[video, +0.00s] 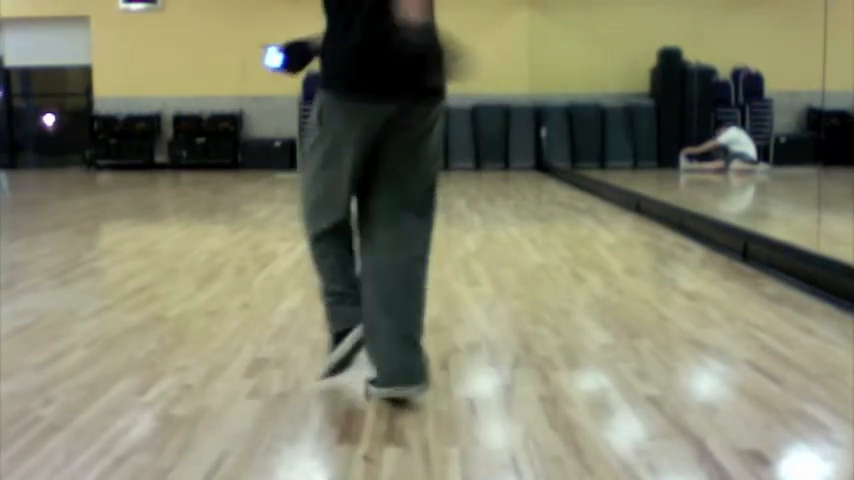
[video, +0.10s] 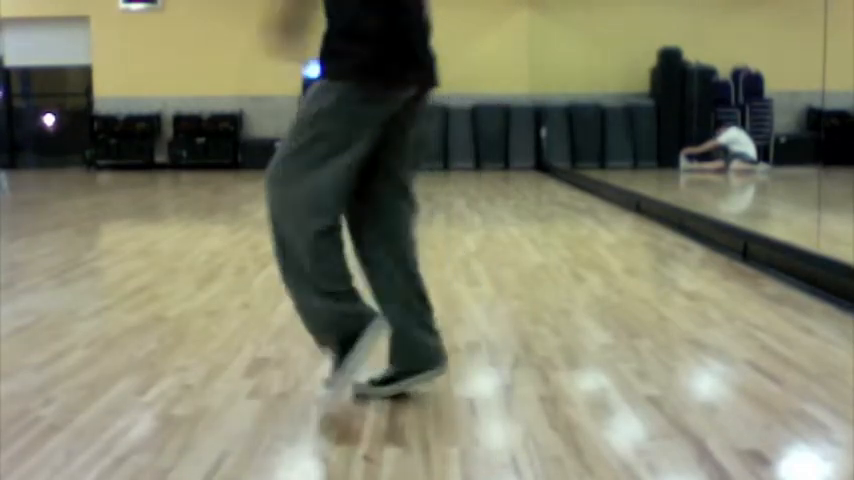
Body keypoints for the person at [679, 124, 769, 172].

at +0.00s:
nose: (719, 135)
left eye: (719, 132)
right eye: (719, 133)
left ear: (723, 129)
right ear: (727, 127)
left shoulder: (732, 132)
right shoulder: (734, 132)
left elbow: (710, 146)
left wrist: (688, 151)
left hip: (744, 159)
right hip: (734, 159)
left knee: (733, 170)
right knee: (715, 165)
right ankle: (692, 166)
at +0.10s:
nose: (719, 135)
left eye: (719, 132)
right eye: (719, 133)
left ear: (723, 129)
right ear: (727, 127)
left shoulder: (732, 132)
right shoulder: (734, 132)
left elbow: (710, 146)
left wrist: (688, 151)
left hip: (744, 159)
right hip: (734, 159)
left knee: (733, 170)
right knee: (715, 165)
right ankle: (692, 166)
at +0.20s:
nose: (719, 135)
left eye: (719, 132)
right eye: (719, 133)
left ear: (723, 129)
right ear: (726, 128)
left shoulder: (732, 132)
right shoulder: (733, 132)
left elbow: (710, 146)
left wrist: (688, 151)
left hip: (744, 159)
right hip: (734, 158)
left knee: (734, 169)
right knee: (715, 165)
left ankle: (755, 173)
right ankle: (692, 166)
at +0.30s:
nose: (719, 134)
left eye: (719, 132)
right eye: (718, 133)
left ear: (723, 128)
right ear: (727, 127)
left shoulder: (732, 132)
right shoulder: (732, 132)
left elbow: (710, 146)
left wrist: (688, 151)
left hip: (744, 159)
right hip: (734, 159)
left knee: (733, 169)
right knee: (715, 165)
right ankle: (693, 166)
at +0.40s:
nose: (719, 134)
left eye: (719, 132)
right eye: (718, 133)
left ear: (723, 128)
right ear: (727, 127)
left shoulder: (732, 132)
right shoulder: (733, 132)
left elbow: (710, 146)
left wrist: (688, 151)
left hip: (743, 160)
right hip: (734, 159)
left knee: (733, 170)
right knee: (715, 165)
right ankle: (692, 166)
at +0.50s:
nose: (719, 134)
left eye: (719, 132)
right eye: (718, 133)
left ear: (723, 128)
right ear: (727, 127)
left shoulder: (732, 132)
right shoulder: (733, 132)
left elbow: (711, 146)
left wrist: (688, 151)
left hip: (743, 160)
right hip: (734, 159)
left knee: (733, 170)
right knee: (715, 165)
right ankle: (692, 166)